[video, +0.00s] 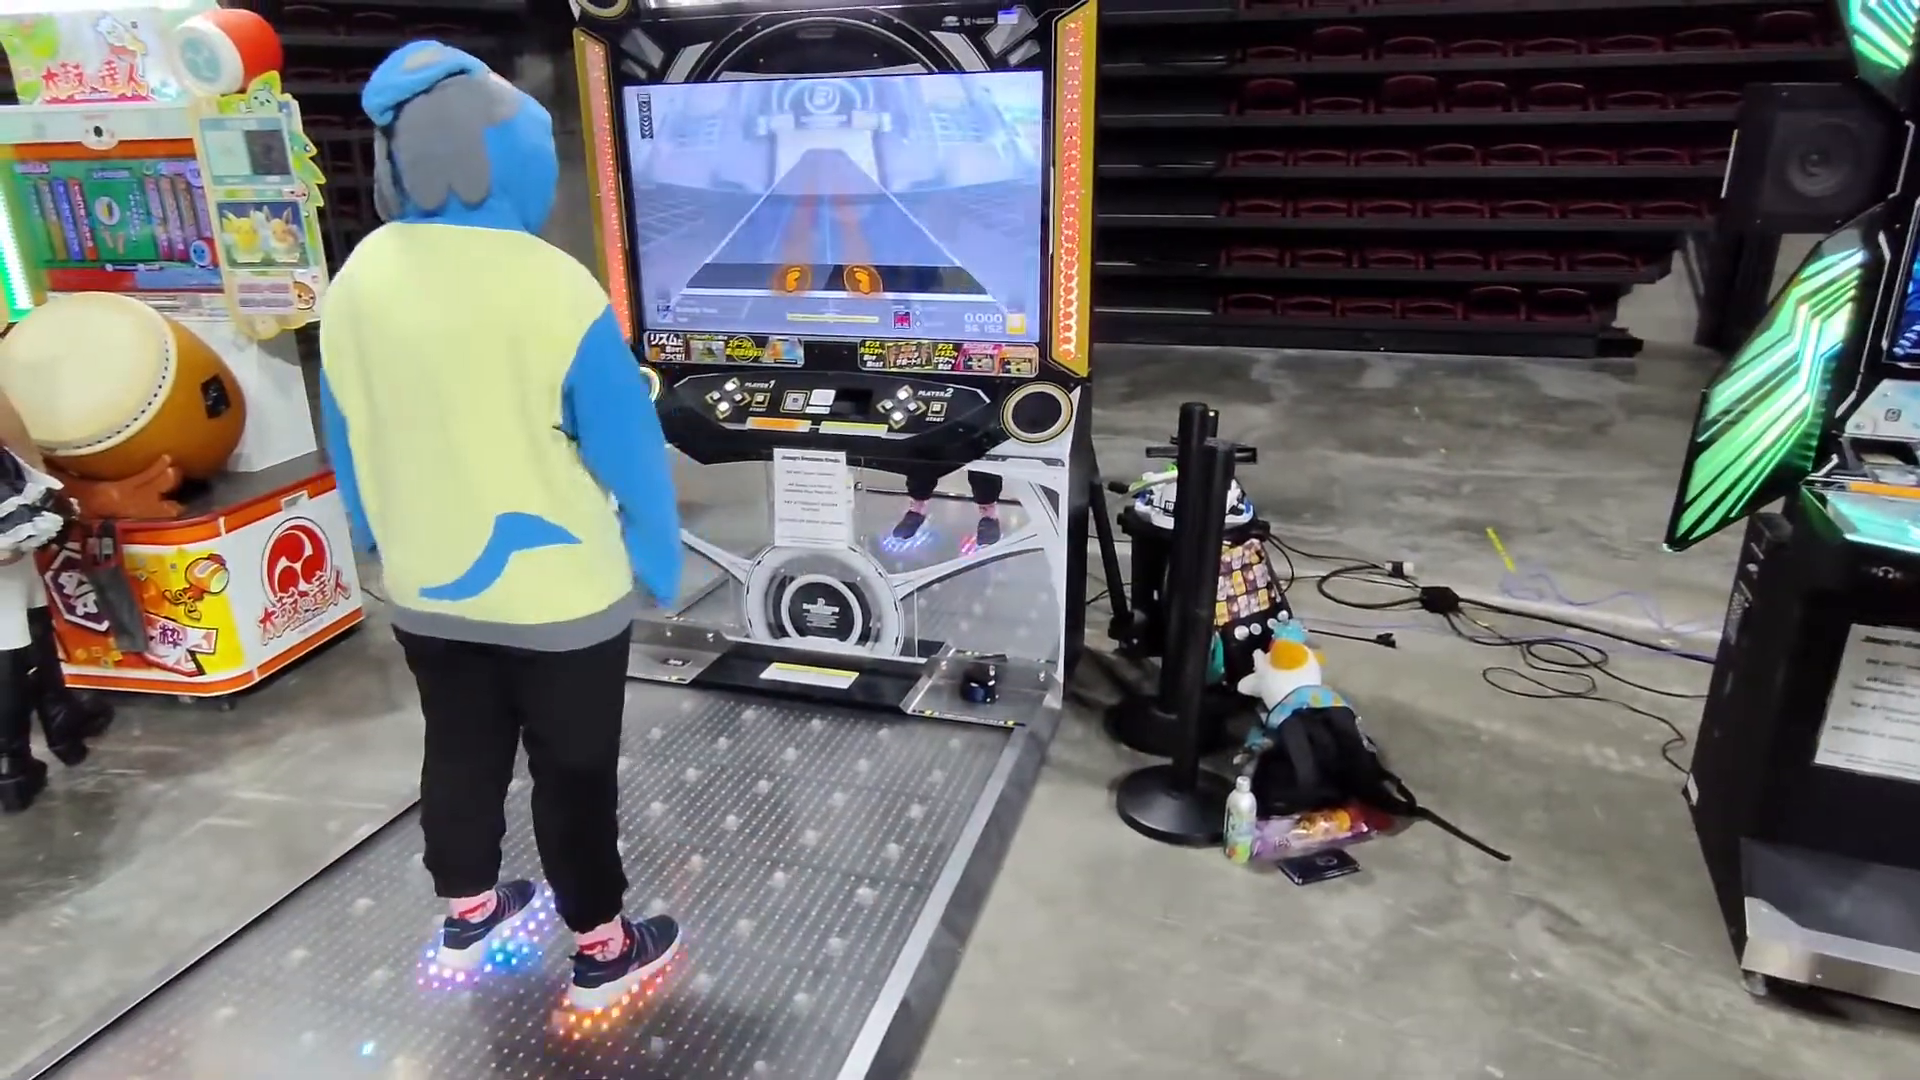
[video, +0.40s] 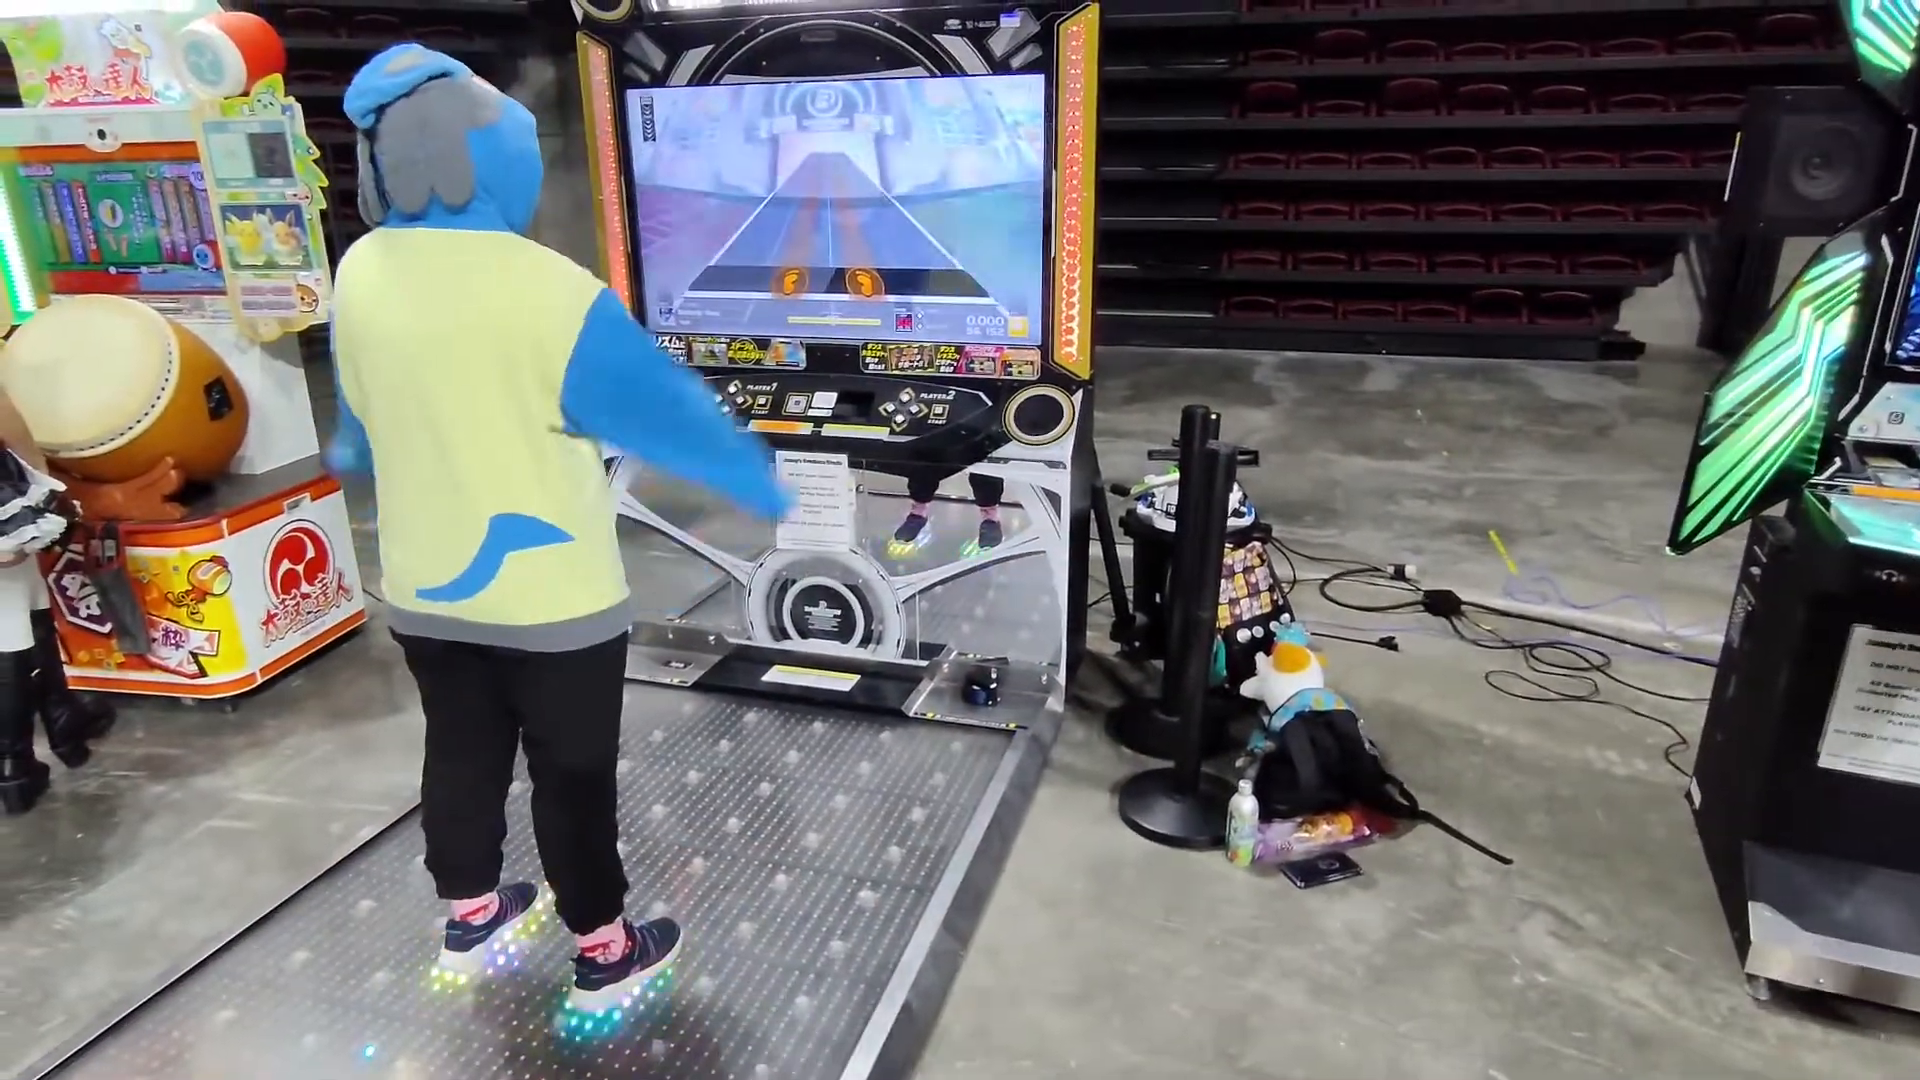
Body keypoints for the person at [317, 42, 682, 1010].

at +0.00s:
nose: (540, 166)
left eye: (528, 147)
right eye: (528, 150)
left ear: (406, 168)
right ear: (512, 162)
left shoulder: (359, 277)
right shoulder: (552, 285)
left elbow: (344, 427)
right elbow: (630, 443)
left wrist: (376, 534)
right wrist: (658, 558)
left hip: (427, 591)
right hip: (562, 596)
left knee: (459, 749)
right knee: (574, 772)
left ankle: (467, 910)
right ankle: (600, 942)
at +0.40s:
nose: (531, 167)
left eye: (521, 149)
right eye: (518, 151)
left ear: (401, 177)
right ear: (496, 167)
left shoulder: (362, 274)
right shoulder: (552, 294)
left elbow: (356, 423)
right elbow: (667, 407)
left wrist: (371, 464)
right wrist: (755, 479)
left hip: (429, 594)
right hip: (558, 601)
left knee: (461, 753)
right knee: (573, 773)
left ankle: (469, 911)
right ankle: (602, 943)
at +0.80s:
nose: (552, 179)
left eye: (545, 160)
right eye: (539, 160)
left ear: (422, 179)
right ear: (501, 173)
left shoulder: (381, 284)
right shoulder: (557, 299)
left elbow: (362, 433)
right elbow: (668, 434)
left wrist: (397, 520)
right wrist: (766, 537)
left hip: (446, 600)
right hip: (572, 608)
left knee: (475, 761)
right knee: (585, 778)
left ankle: (482, 917)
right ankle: (611, 949)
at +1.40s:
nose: (569, 191)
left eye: (564, 173)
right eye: (554, 174)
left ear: (449, 187)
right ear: (513, 184)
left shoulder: (406, 295)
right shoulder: (570, 314)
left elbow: (424, 442)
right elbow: (654, 470)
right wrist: (716, 581)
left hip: (466, 607)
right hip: (589, 615)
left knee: (496, 759)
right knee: (603, 784)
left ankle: (495, 919)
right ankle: (622, 957)